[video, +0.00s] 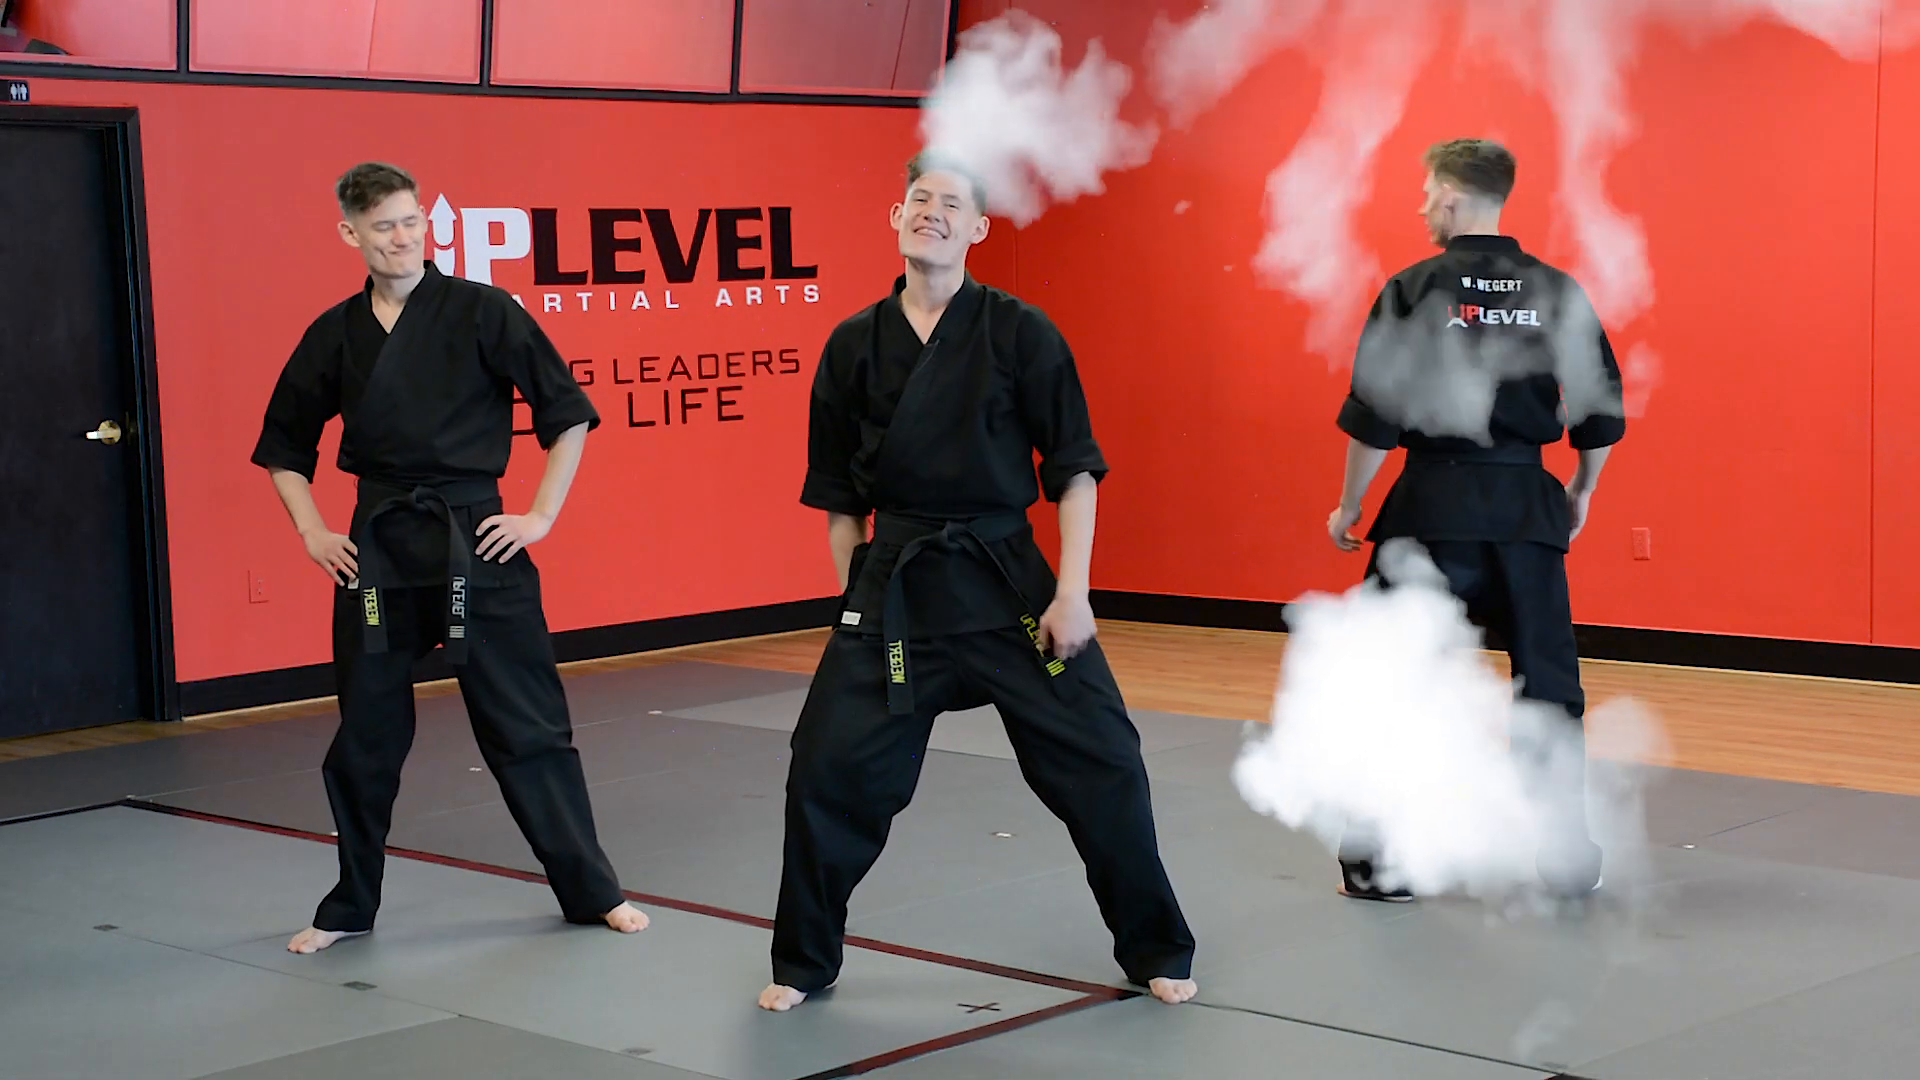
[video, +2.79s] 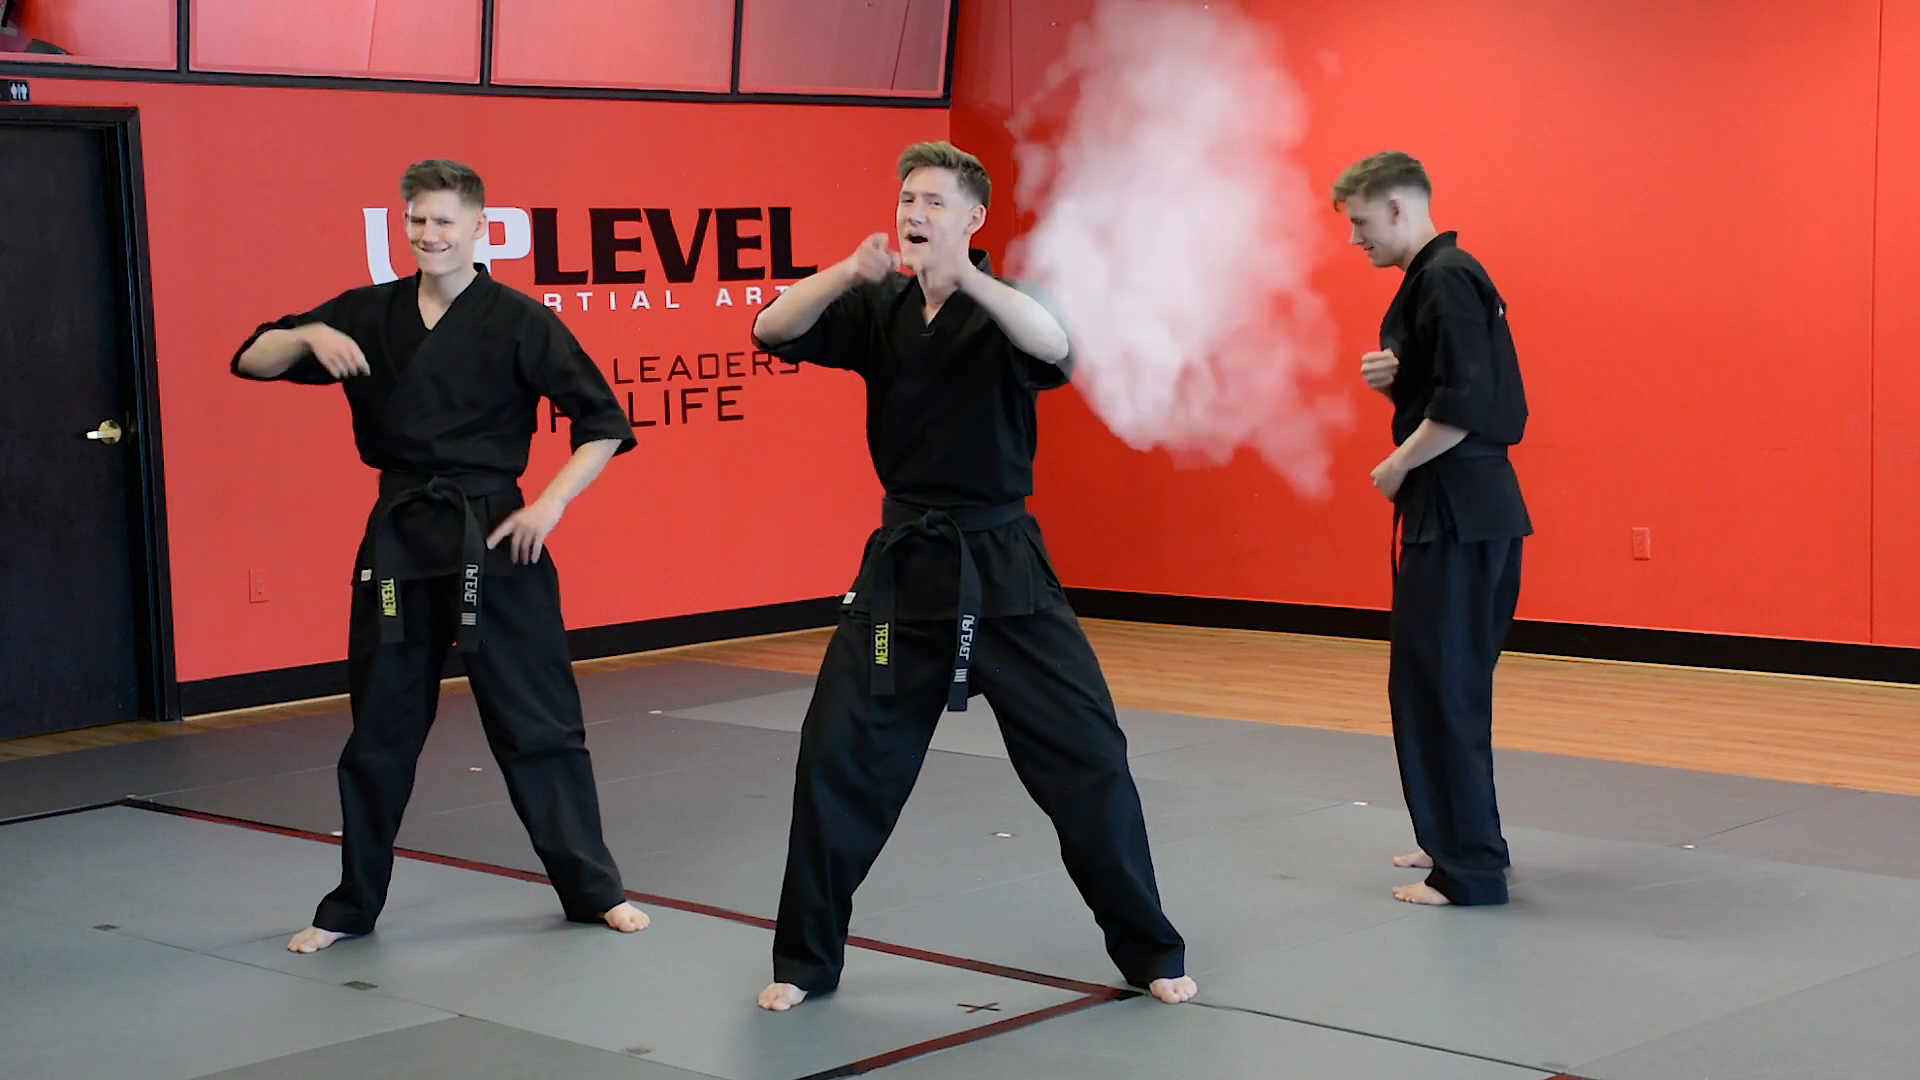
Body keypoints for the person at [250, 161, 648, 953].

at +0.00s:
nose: (399, 237)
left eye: (408, 222)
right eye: (382, 226)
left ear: (425, 225)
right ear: (352, 234)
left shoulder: (484, 311)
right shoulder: (334, 334)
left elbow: (570, 412)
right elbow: (283, 443)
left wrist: (541, 516)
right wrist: (312, 530)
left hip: (479, 540)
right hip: (379, 547)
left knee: (530, 727)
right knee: (363, 741)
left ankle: (593, 892)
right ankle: (352, 905)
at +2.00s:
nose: (366, 238)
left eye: (380, 223)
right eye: (352, 226)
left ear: (413, 229)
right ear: (338, 239)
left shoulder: (479, 310)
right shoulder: (336, 344)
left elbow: (567, 409)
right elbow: (283, 438)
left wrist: (541, 511)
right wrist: (269, 461)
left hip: (478, 539)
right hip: (379, 544)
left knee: (530, 724)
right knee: (366, 737)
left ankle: (592, 891)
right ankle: (352, 905)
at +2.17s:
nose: (370, 244)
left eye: (384, 230)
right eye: (361, 231)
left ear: (427, 231)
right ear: (354, 235)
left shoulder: (489, 313)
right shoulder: (339, 338)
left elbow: (577, 414)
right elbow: (257, 430)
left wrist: (543, 515)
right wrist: (231, 357)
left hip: (482, 537)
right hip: (382, 542)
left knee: (532, 724)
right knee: (368, 737)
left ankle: (592, 892)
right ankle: (351, 908)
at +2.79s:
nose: (427, 234)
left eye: (443, 222)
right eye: (417, 221)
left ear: (479, 228)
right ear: (405, 226)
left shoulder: (520, 320)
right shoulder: (367, 314)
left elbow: (607, 425)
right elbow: (250, 360)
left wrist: (549, 505)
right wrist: (308, 335)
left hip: (499, 538)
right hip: (399, 540)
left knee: (541, 725)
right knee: (379, 735)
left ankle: (593, 891)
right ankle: (353, 905)